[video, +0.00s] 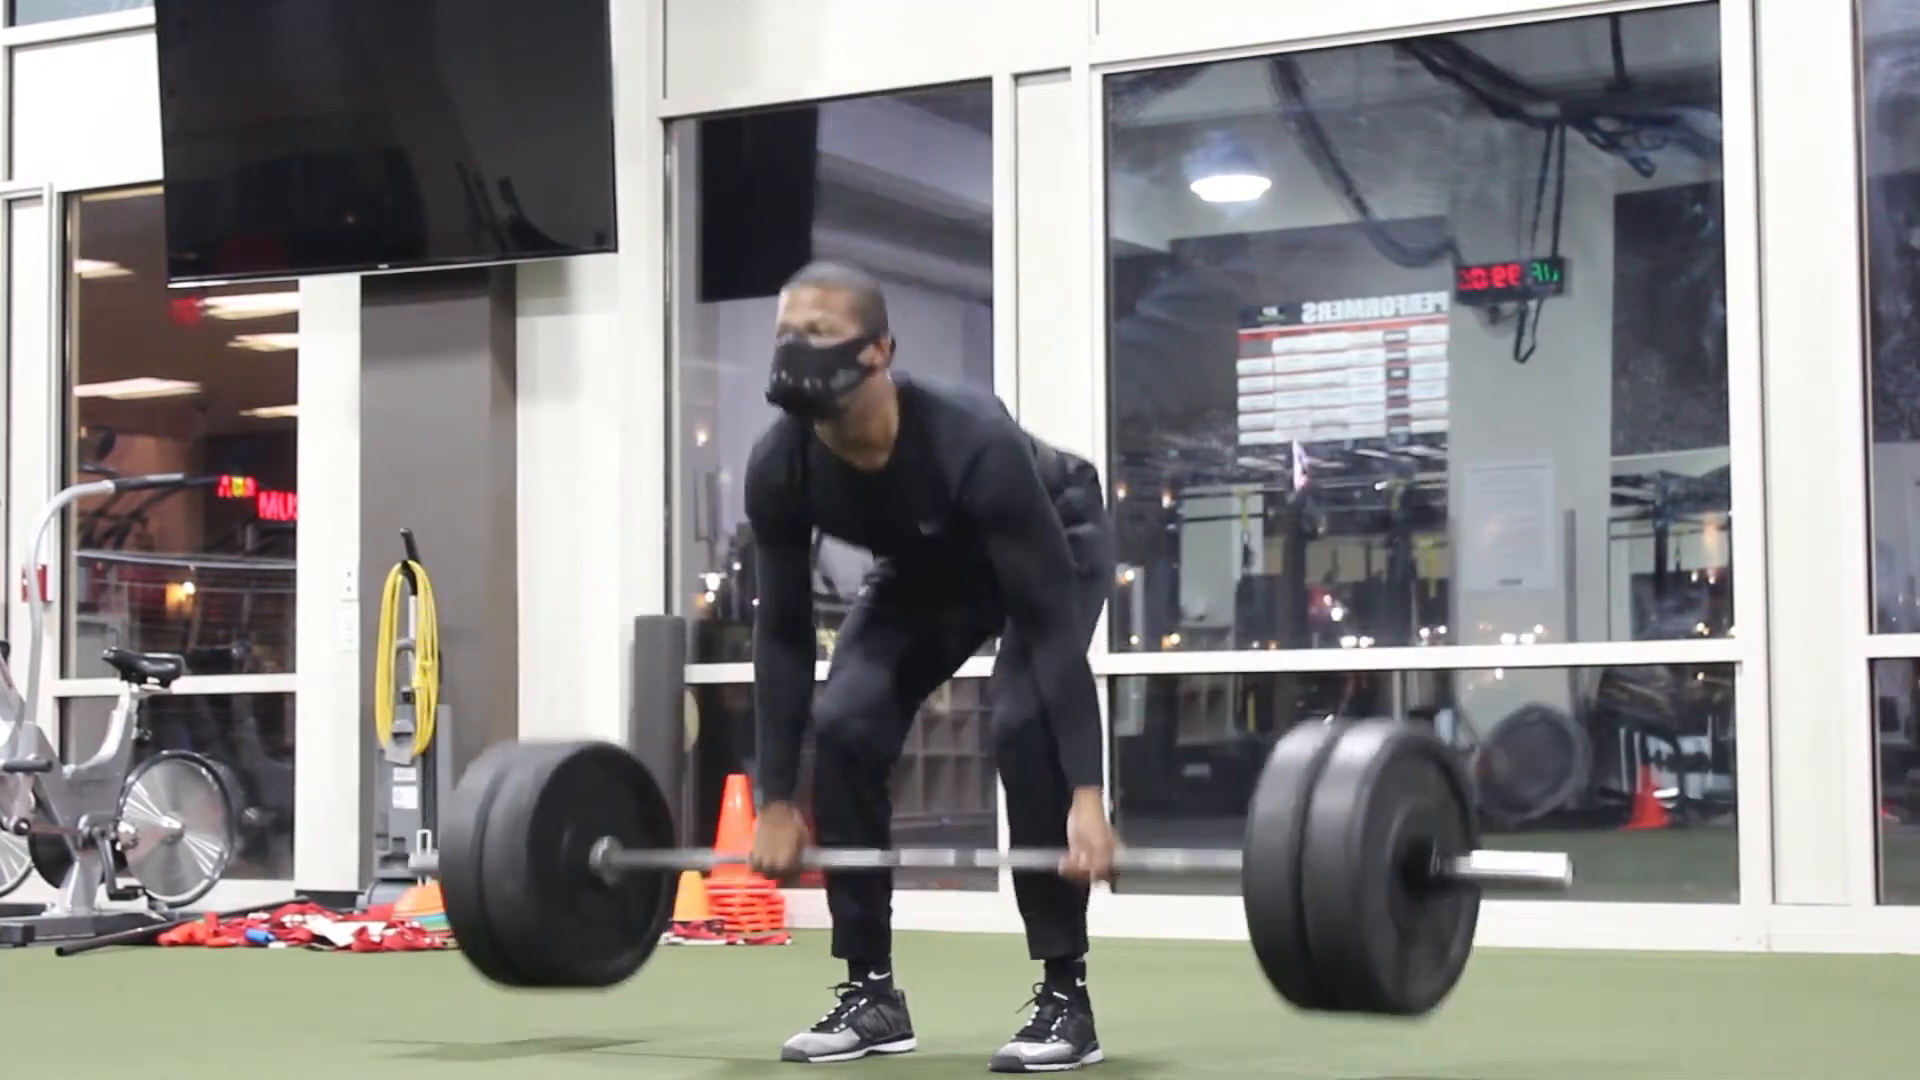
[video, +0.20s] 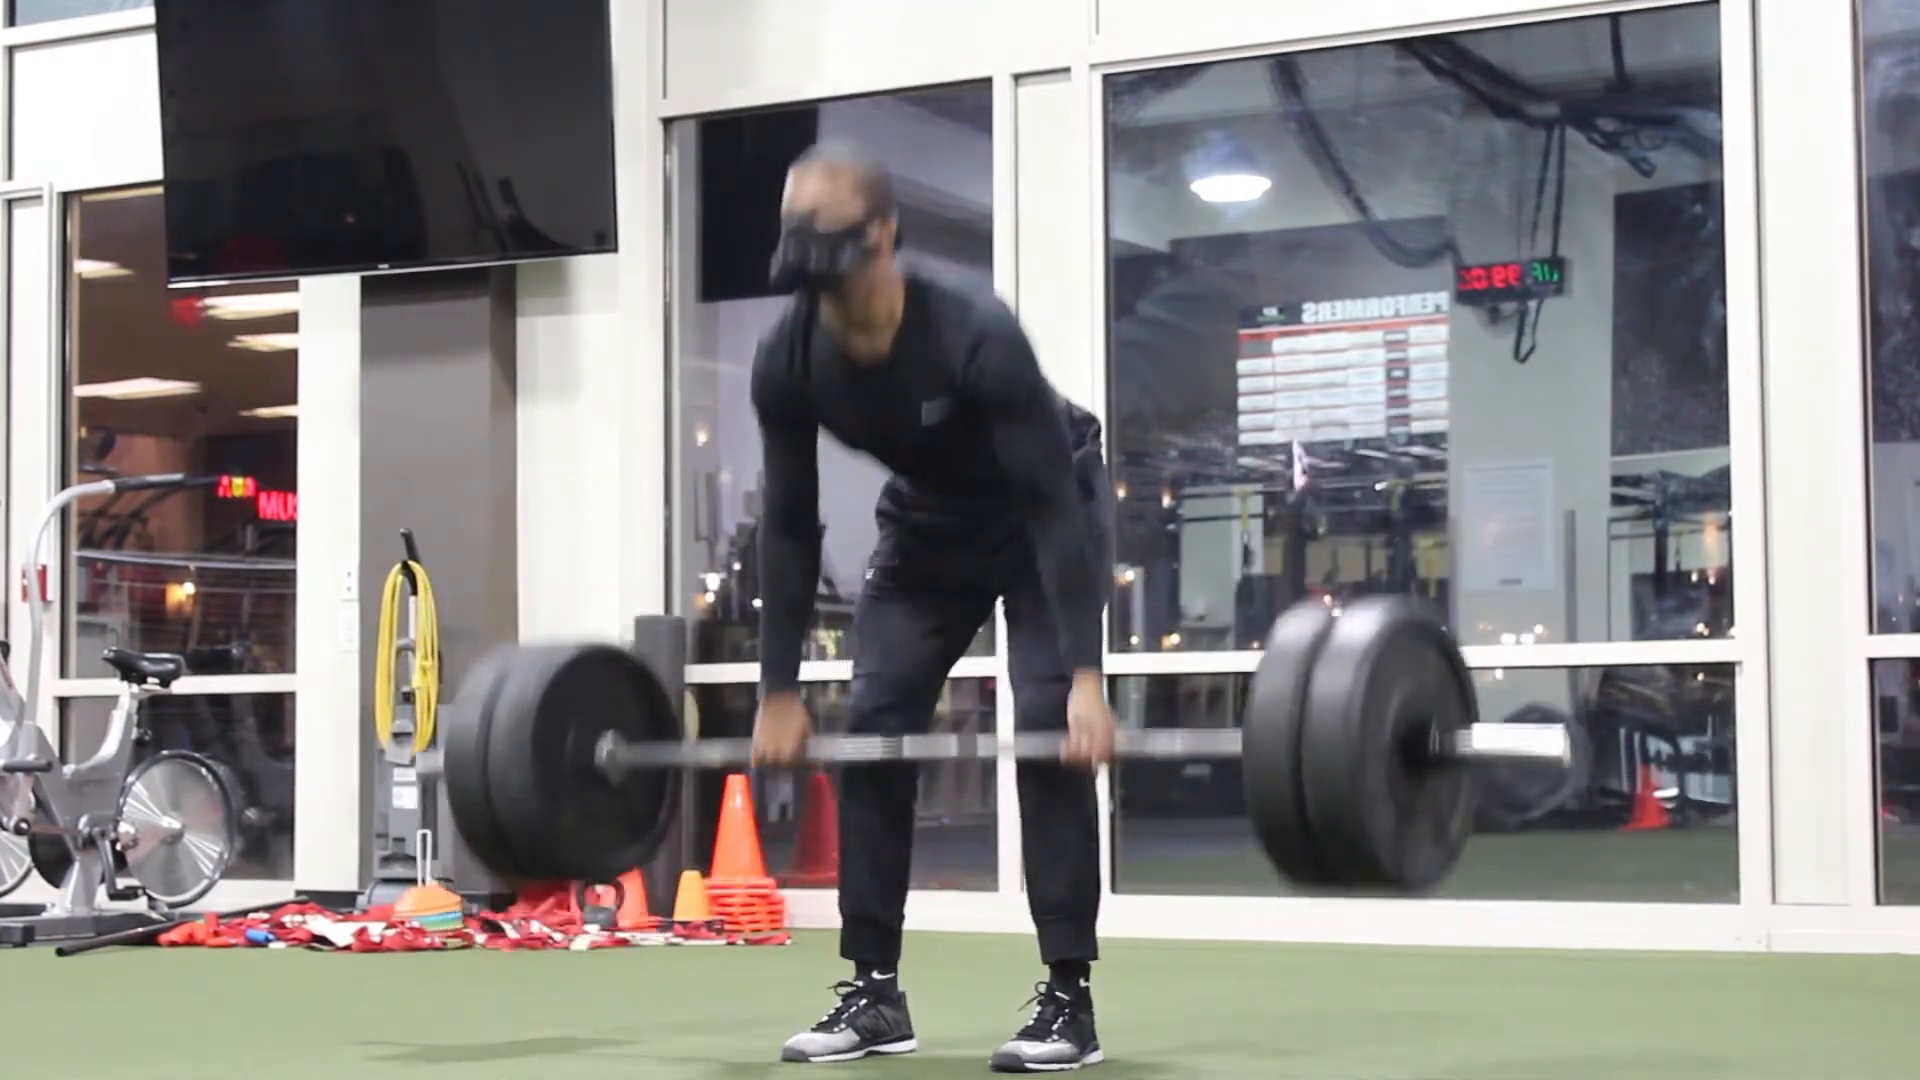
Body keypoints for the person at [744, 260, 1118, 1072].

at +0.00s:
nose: (793, 353)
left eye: (816, 338)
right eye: (784, 337)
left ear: (879, 353)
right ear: (775, 346)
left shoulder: (976, 444)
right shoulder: (780, 468)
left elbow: (1055, 623)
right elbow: (782, 632)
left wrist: (1088, 795)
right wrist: (775, 800)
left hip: (1046, 539)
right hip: (930, 564)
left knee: (1022, 726)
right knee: (842, 729)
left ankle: (1063, 999)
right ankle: (871, 996)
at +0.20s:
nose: (812, 255)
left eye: (832, 236)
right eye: (801, 236)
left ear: (883, 236)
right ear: (787, 240)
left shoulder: (979, 335)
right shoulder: (788, 361)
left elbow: (1057, 503)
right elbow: (789, 525)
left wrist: (1084, 677)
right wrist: (779, 688)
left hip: (1042, 507)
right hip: (927, 512)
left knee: (1048, 735)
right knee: (873, 730)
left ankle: (1067, 997)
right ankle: (873, 992)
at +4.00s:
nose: (797, 418)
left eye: (818, 401)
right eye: (788, 401)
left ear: (882, 414)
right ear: (777, 406)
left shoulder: (983, 496)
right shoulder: (785, 517)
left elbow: (1060, 672)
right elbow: (782, 685)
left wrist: (1087, 858)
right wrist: (770, 858)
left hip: (1054, 572)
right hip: (932, 597)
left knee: (1007, 734)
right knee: (829, 740)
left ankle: (1062, 1005)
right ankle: (871, 998)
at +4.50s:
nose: (823, 155)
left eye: (845, 137)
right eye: (814, 137)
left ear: (906, 142)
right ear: (806, 141)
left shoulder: (992, 261)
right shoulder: (800, 276)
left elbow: (1061, 428)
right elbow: (791, 443)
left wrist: (1085, 590)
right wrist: (779, 604)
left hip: (1028, 502)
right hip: (912, 501)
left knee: (1036, 717)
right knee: (881, 719)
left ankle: (1066, 997)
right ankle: (874, 993)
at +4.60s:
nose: (859, 90)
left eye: (880, 72)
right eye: (844, 72)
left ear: (926, 76)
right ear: (830, 83)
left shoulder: (1000, 198)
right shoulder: (810, 217)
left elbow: (1062, 373)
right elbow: (799, 390)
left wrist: (1086, 533)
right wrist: (781, 543)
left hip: (1019, 474)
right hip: (904, 475)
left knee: (1033, 728)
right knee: (883, 726)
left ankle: (1065, 998)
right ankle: (875, 994)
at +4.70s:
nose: (890, 20)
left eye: (911, 8)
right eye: (871, 9)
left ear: (947, 32)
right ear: (844, 40)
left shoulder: (1012, 160)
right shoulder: (820, 180)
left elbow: (1061, 333)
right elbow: (806, 356)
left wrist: (1084, 498)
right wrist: (781, 513)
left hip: (1009, 438)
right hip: (890, 444)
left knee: (1032, 726)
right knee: (888, 731)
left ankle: (1066, 998)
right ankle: (878, 993)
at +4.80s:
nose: (895, 23)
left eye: (918, 11)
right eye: (879, 13)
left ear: (954, 35)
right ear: (854, 40)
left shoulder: (1018, 161)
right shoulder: (827, 181)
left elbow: (1058, 336)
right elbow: (810, 357)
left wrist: (1081, 500)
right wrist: (780, 514)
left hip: (1007, 448)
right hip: (885, 452)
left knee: (1016, 708)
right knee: (881, 729)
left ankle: (1062, 996)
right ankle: (878, 993)